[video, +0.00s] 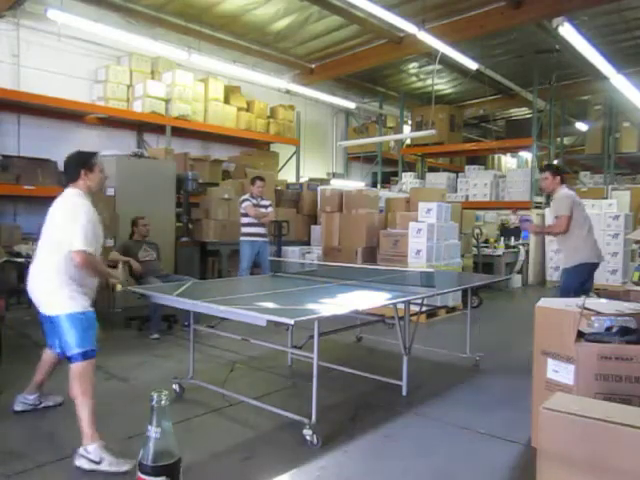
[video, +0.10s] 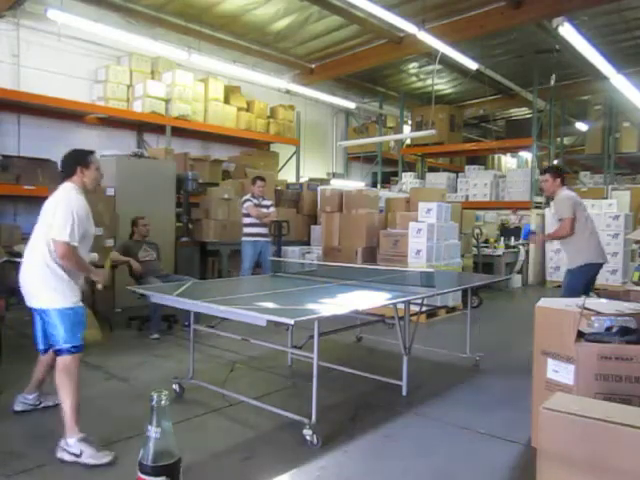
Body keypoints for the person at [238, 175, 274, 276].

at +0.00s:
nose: (260, 190)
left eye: (262, 187)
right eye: (258, 187)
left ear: (264, 188)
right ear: (251, 187)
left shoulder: (267, 202)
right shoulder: (245, 199)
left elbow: (272, 217)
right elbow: (252, 213)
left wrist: (258, 217)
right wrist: (266, 214)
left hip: (263, 239)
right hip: (248, 239)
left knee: (266, 268)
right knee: (245, 269)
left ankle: (267, 290)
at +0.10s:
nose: (261, 189)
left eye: (263, 187)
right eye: (258, 187)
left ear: (265, 188)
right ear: (252, 187)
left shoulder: (268, 202)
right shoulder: (246, 200)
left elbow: (274, 216)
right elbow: (254, 213)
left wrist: (260, 218)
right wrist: (268, 214)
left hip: (265, 239)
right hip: (249, 239)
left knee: (267, 268)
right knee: (247, 269)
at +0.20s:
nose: (262, 189)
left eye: (264, 187)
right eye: (259, 187)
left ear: (266, 188)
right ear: (253, 187)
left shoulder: (269, 202)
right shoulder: (248, 200)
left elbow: (275, 216)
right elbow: (255, 213)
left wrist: (262, 218)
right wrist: (269, 214)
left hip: (266, 239)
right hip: (252, 239)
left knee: (268, 268)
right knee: (249, 268)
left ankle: (268, 290)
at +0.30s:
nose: (263, 190)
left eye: (265, 187)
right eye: (260, 187)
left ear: (267, 188)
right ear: (255, 187)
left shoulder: (271, 202)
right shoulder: (249, 201)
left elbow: (278, 214)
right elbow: (256, 213)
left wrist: (267, 219)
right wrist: (271, 214)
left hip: (270, 239)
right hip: (254, 239)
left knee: (270, 267)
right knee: (251, 268)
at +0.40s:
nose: (264, 189)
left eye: (266, 187)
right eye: (262, 187)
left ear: (268, 188)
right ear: (256, 187)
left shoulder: (273, 202)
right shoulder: (251, 200)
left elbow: (279, 214)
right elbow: (257, 213)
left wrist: (269, 219)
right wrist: (272, 214)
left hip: (271, 239)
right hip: (256, 239)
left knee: (272, 267)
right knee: (251, 267)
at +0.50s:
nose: (265, 189)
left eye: (266, 186)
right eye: (262, 186)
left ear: (269, 187)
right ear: (256, 187)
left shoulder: (274, 201)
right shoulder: (252, 200)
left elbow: (280, 214)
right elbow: (258, 213)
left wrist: (270, 219)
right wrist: (273, 213)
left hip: (272, 238)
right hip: (256, 239)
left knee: (272, 267)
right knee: (252, 267)